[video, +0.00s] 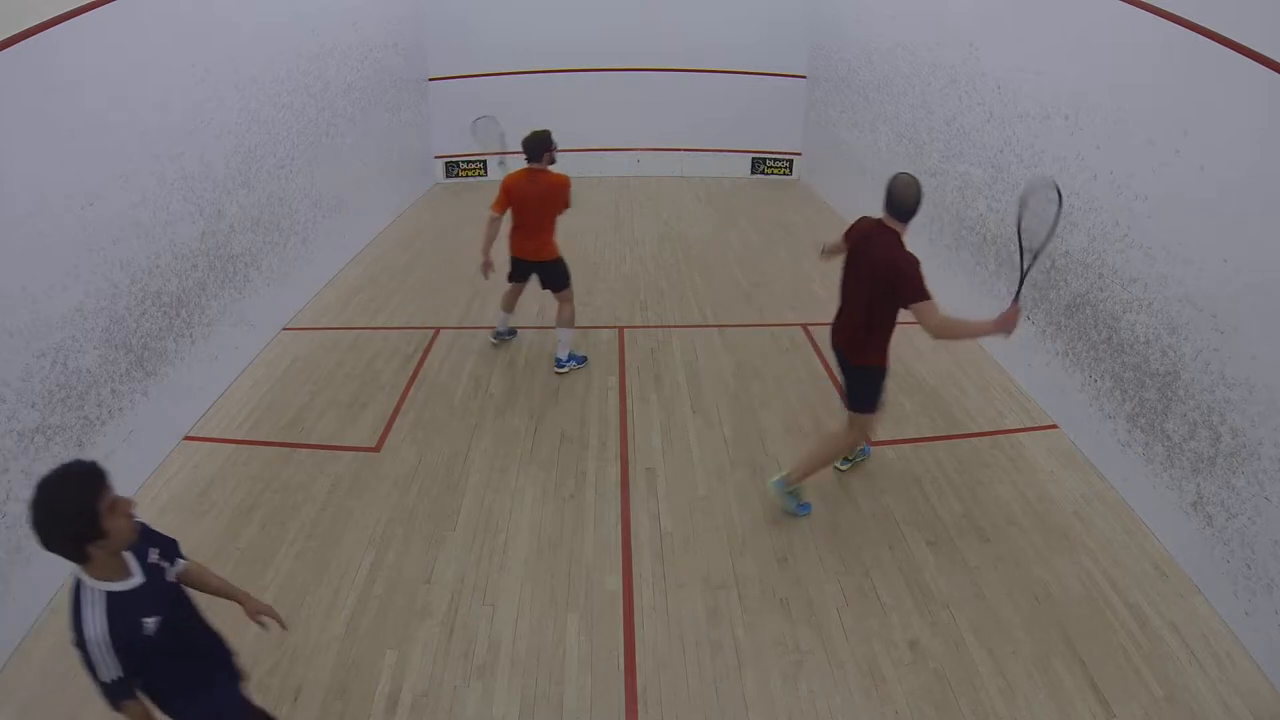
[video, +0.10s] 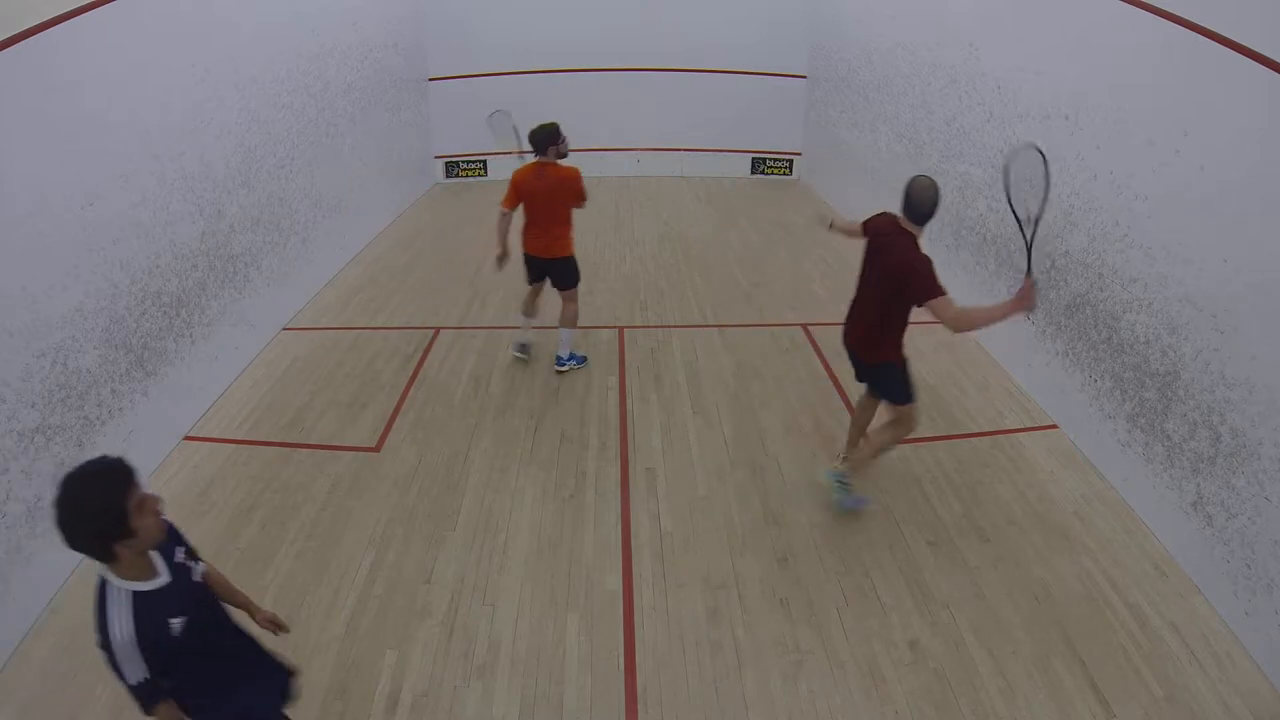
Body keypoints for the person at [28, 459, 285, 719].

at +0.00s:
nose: (129, 504)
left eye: (116, 497)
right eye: (113, 508)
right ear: (93, 545)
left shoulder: (134, 537)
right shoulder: (96, 626)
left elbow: (181, 568)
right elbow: (126, 701)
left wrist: (244, 598)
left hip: (217, 659)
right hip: (200, 701)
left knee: (242, 705)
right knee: (257, 715)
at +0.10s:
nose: (156, 501)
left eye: (145, 494)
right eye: (141, 506)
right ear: (120, 543)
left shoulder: (160, 536)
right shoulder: (123, 632)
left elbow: (203, 573)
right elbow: (156, 703)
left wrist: (254, 610)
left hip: (248, 658)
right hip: (225, 704)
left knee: (282, 693)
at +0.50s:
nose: (316, 487)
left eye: (308, 482)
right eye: (306, 487)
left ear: (291, 522)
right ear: (293, 518)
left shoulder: (296, 550)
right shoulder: (278, 608)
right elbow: (302, 699)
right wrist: (311, 712)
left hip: (354, 651)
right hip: (331, 690)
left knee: (418, 698)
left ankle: (432, 714)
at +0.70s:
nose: (385, 470)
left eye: (380, 461)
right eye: (380, 464)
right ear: (369, 485)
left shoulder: (341, 525)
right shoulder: (361, 592)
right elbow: (390, 692)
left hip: (432, 645)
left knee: (466, 677)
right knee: (459, 709)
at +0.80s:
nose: (414, 452)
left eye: (410, 443)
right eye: (411, 448)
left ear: (346, 477)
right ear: (409, 475)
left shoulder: (355, 518)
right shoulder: (401, 588)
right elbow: (425, 692)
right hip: (461, 699)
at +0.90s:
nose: (446, 447)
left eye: (439, 440)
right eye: (442, 445)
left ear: (377, 479)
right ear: (444, 473)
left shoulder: (377, 514)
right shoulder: (446, 588)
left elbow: (364, 568)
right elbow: (468, 693)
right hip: (488, 695)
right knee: (546, 712)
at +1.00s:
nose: (484, 453)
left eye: (476, 446)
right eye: (478, 448)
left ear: (409, 477)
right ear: (480, 474)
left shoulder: (400, 526)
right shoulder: (484, 590)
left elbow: (376, 588)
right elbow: (513, 696)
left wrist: (431, 606)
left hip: (457, 682)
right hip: (510, 701)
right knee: (567, 712)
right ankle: (622, 717)